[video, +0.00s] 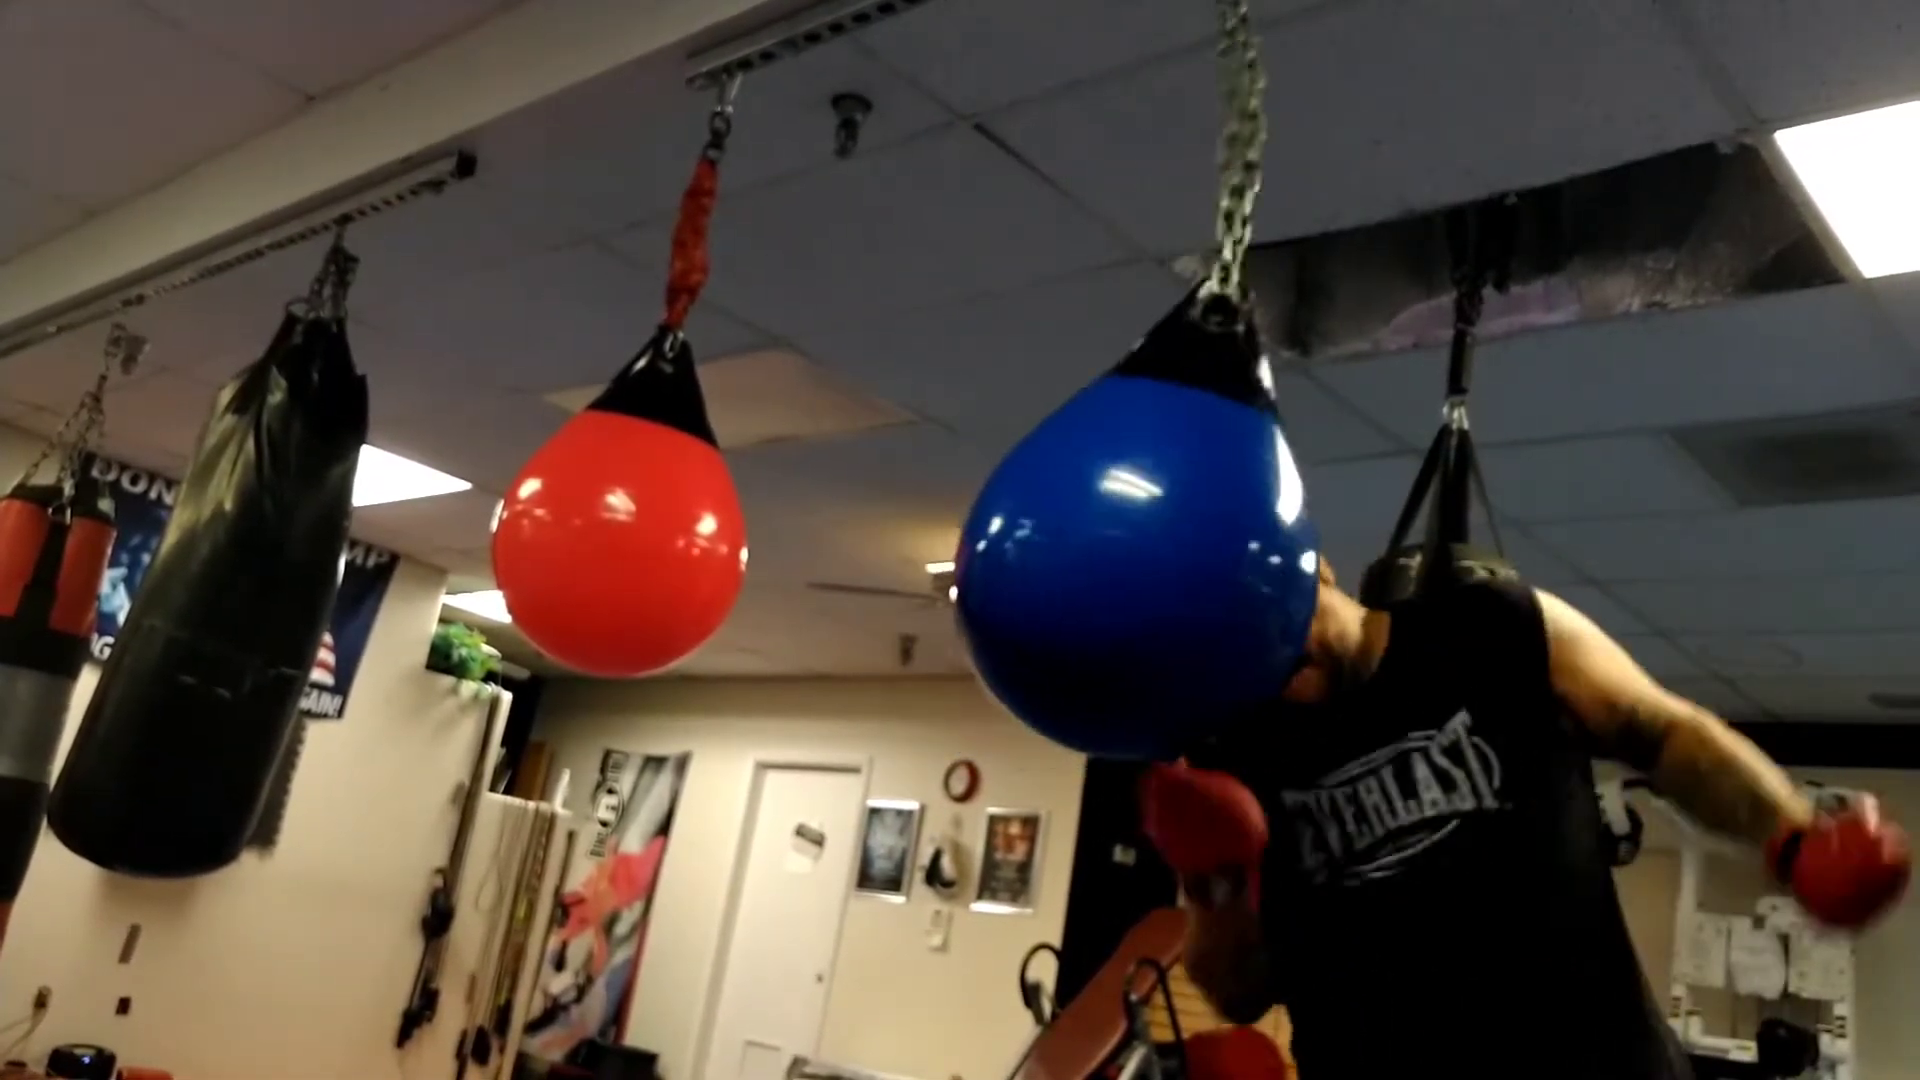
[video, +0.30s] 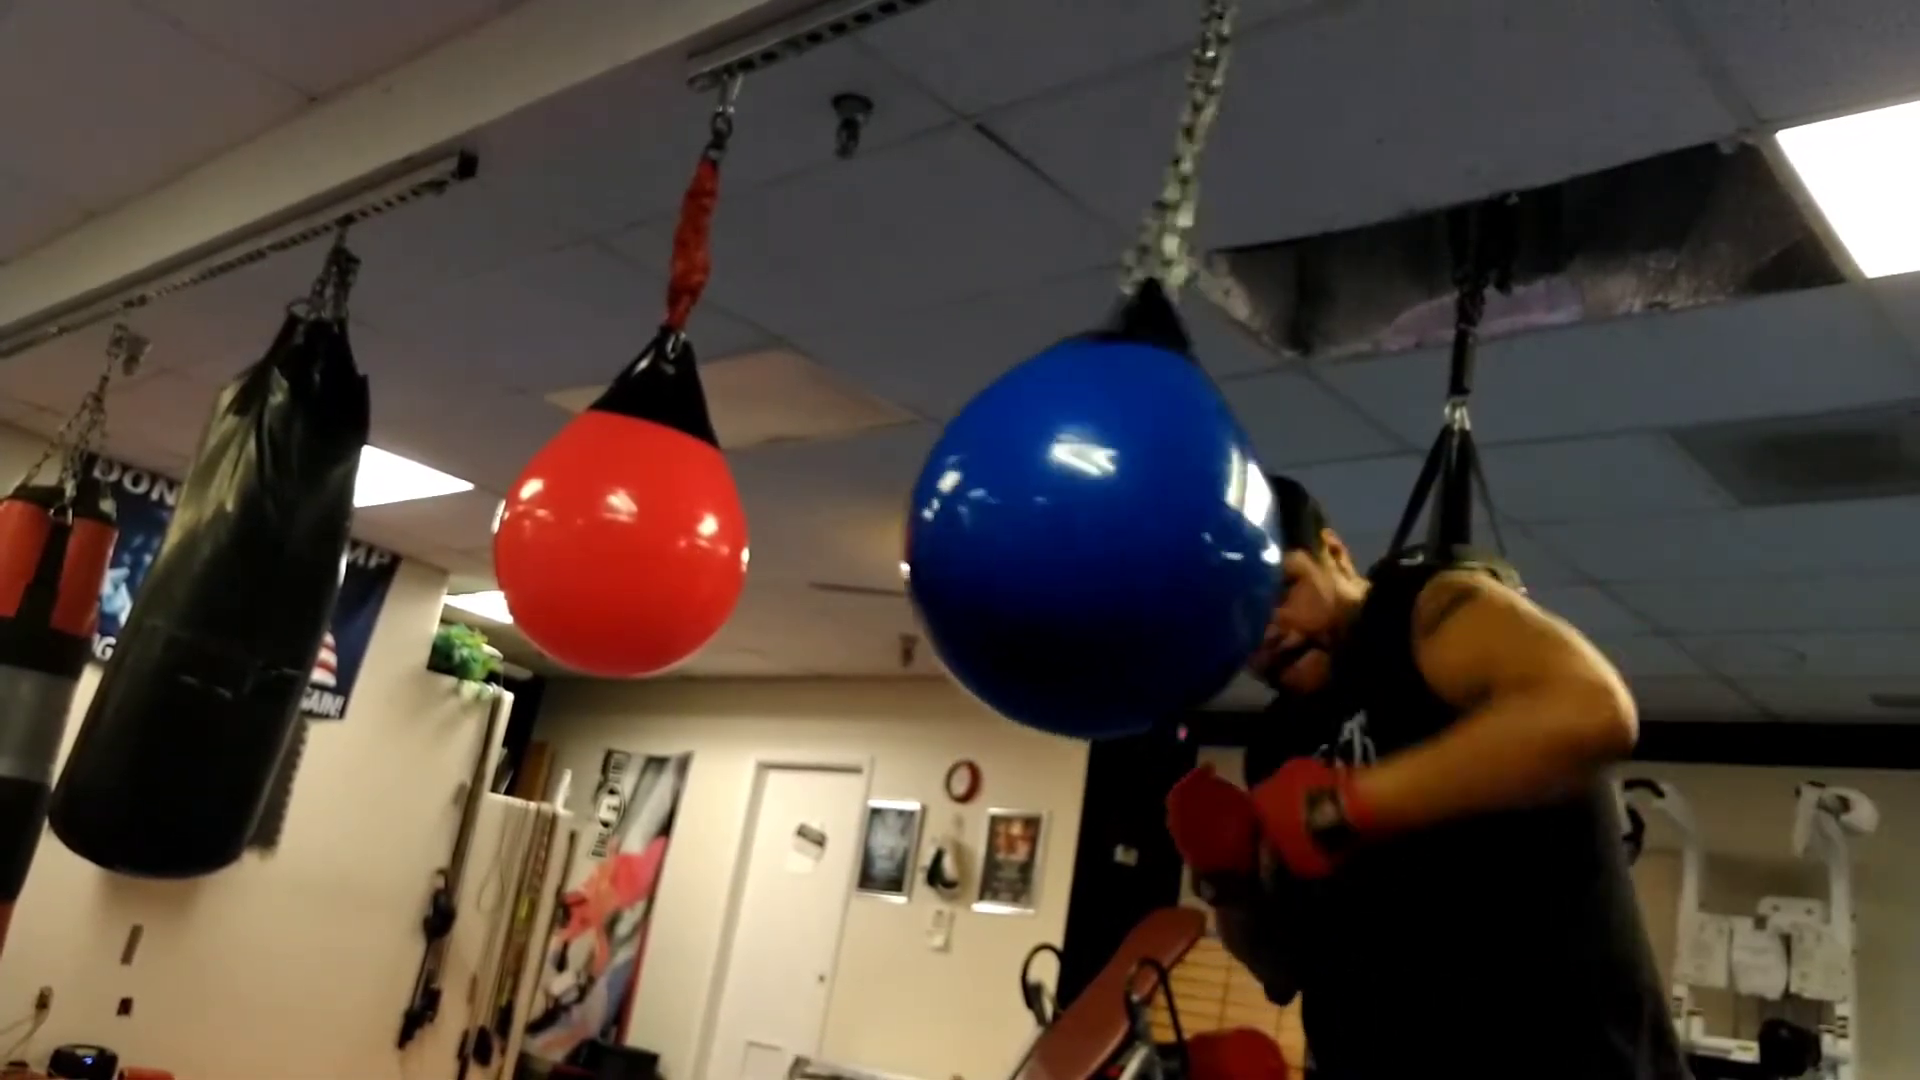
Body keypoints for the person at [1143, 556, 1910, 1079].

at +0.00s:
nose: (1287, 683)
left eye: (1287, 647)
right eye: (1252, 671)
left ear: (1304, 574)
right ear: (1207, 667)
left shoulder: (1489, 627)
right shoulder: (1231, 754)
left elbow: (1661, 737)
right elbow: (1233, 997)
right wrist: (1217, 889)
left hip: (1597, 1065)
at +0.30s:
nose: (1264, 633)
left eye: (1278, 592)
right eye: (1238, 615)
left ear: (1335, 557)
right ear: (1220, 630)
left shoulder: (1438, 608)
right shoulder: (1280, 740)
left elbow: (1590, 708)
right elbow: (1282, 971)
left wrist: (1354, 800)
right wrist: (1231, 880)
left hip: (1568, 1057)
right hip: (1383, 1076)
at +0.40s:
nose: (1258, 633)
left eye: (1273, 592)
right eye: (1231, 618)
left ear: (1341, 563)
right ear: (1222, 632)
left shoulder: (1480, 646)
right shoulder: (1299, 737)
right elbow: (1279, 967)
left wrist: (1360, 829)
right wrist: (1255, 862)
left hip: (1560, 1067)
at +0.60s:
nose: (1289, 636)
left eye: (1310, 597)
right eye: (1268, 614)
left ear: (1386, 568)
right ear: (1254, 617)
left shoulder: (1522, 665)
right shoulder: (1327, 725)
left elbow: (1632, 838)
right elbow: (1280, 934)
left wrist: (1391, 782)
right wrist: (1251, 870)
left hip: (1552, 1072)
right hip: (1376, 1074)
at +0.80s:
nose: (1326, 634)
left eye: (1338, 602)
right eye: (1313, 612)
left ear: (1422, 561)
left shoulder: (1594, 689)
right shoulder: (1388, 660)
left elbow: (1573, 890)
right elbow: (1289, 641)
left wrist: (1389, 736)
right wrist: (1173, 639)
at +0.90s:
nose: (1365, 617)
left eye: (1383, 583)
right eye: (1351, 592)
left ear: (1472, 550)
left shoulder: (1617, 699)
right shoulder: (1391, 643)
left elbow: (1583, 904)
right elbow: (1283, 656)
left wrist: (1406, 755)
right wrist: (1225, 674)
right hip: (1394, 1064)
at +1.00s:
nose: (1404, 621)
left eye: (1432, 584)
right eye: (1383, 590)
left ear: (1519, 558)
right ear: (1368, 584)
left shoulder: (1641, 696)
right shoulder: (1385, 650)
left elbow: (1671, 922)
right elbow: (1237, 743)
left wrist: (1488, 792)